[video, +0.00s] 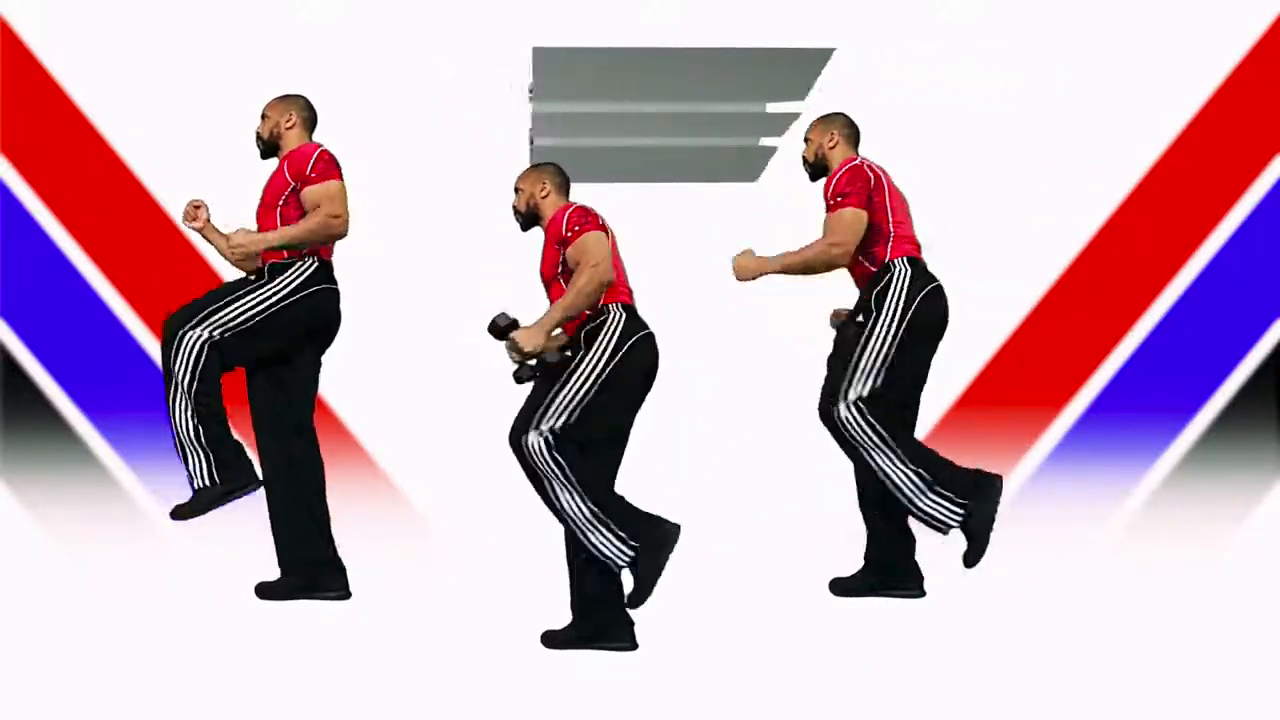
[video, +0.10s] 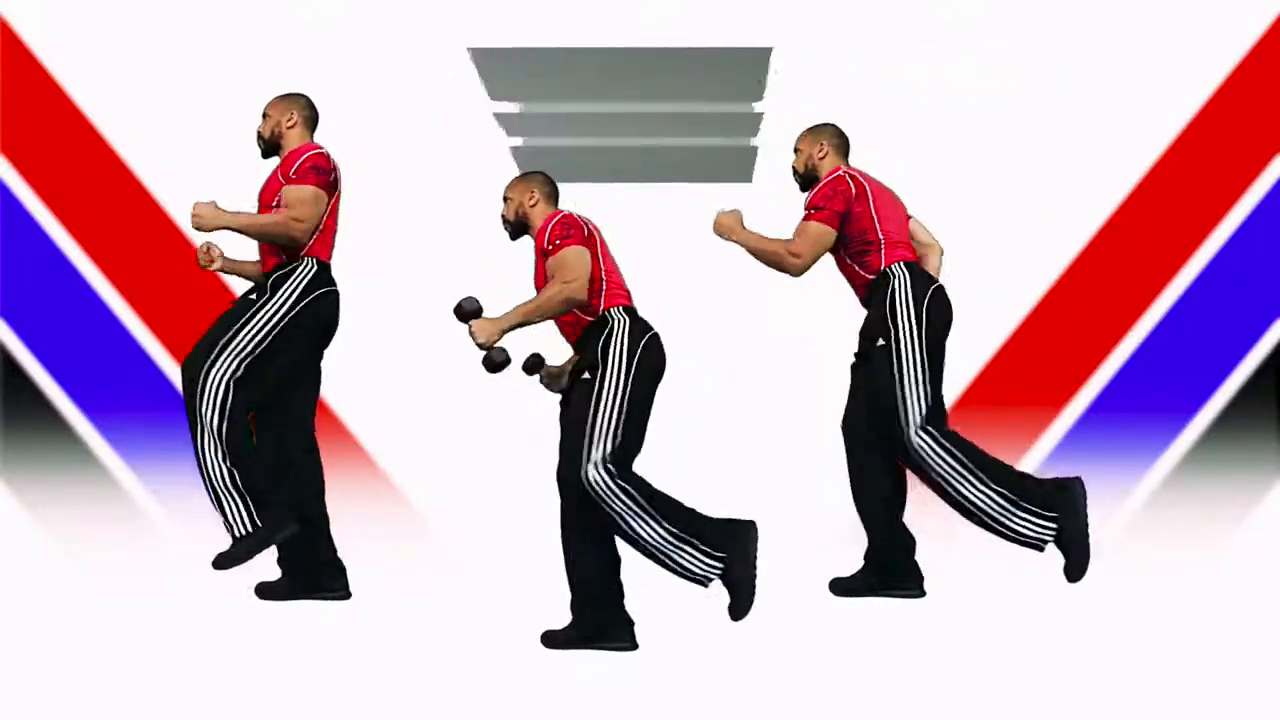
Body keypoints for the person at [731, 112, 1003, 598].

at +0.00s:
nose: (804, 152)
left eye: (809, 142)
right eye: (804, 144)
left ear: (834, 139)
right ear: (840, 141)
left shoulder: (853, 173)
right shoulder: (869, 180)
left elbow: (837, 248)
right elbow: (890, 261)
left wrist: (766, 264)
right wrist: (860, 309)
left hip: (899, 289)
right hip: (907, 296)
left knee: (846, 407)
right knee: (877, 426)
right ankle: (890, 566)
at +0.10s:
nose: (794, 162)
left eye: (800, 152)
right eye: (794, 154)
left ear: (824, 151)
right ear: (836, 155)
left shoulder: (837, 184)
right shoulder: (866, 190)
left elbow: (795, 257)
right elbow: (929, 246)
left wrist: (738, 234)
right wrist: (914, 308)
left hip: (903, 296)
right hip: (893, 306)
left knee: (915, 432)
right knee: (864, 432)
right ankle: (891, 565)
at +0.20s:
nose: (785, 172)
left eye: (791, 163)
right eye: (787, 164)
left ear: (814, 162)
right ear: (830, 164)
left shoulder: (826, 198)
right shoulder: (865, 198)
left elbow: (772, 261)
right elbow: (936, 231)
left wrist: (733, 221)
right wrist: (944, 298)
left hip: (907, 304)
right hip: (895, 314)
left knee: (960, 429)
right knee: (864, 435)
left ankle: (1104, 529)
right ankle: (890, 566)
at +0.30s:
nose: (781, 185)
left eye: (787, 176)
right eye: (782, 177)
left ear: (814, 172)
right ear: (824, 178)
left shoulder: (824, 207)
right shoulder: (862, 205)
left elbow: (765, 271)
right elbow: (938, 224)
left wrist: (726, 226)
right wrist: (957, 292)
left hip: (916, 308)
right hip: (903, 319)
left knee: (987, 429)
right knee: (866, 433)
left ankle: (1128, 534)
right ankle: (891, 567)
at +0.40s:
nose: (779, 191)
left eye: (786, 181)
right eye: (780, 183)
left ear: (814, 179)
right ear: (821, 183)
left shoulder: (822, 212)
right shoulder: (860, 210)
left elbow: (768, 282)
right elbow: (938, 226)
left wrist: (726, 242)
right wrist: (958, 286)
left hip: (921, 311)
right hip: (907, 322)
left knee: (1002, 432)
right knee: (866, 432)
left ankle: (1140, 537)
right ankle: (892, 566)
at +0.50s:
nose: (777, 192)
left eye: (784, 182)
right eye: (778, 184)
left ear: (812, 183)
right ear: (817, 186)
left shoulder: (821, 216)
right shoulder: (858, 211)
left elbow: (769, 286)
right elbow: (934, 228)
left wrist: (726, 249)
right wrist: (953, 294)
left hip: (923, 313)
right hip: (910, 323)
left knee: (1004, 433)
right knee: (866, 435)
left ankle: (1141, 537)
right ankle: (892, 566)